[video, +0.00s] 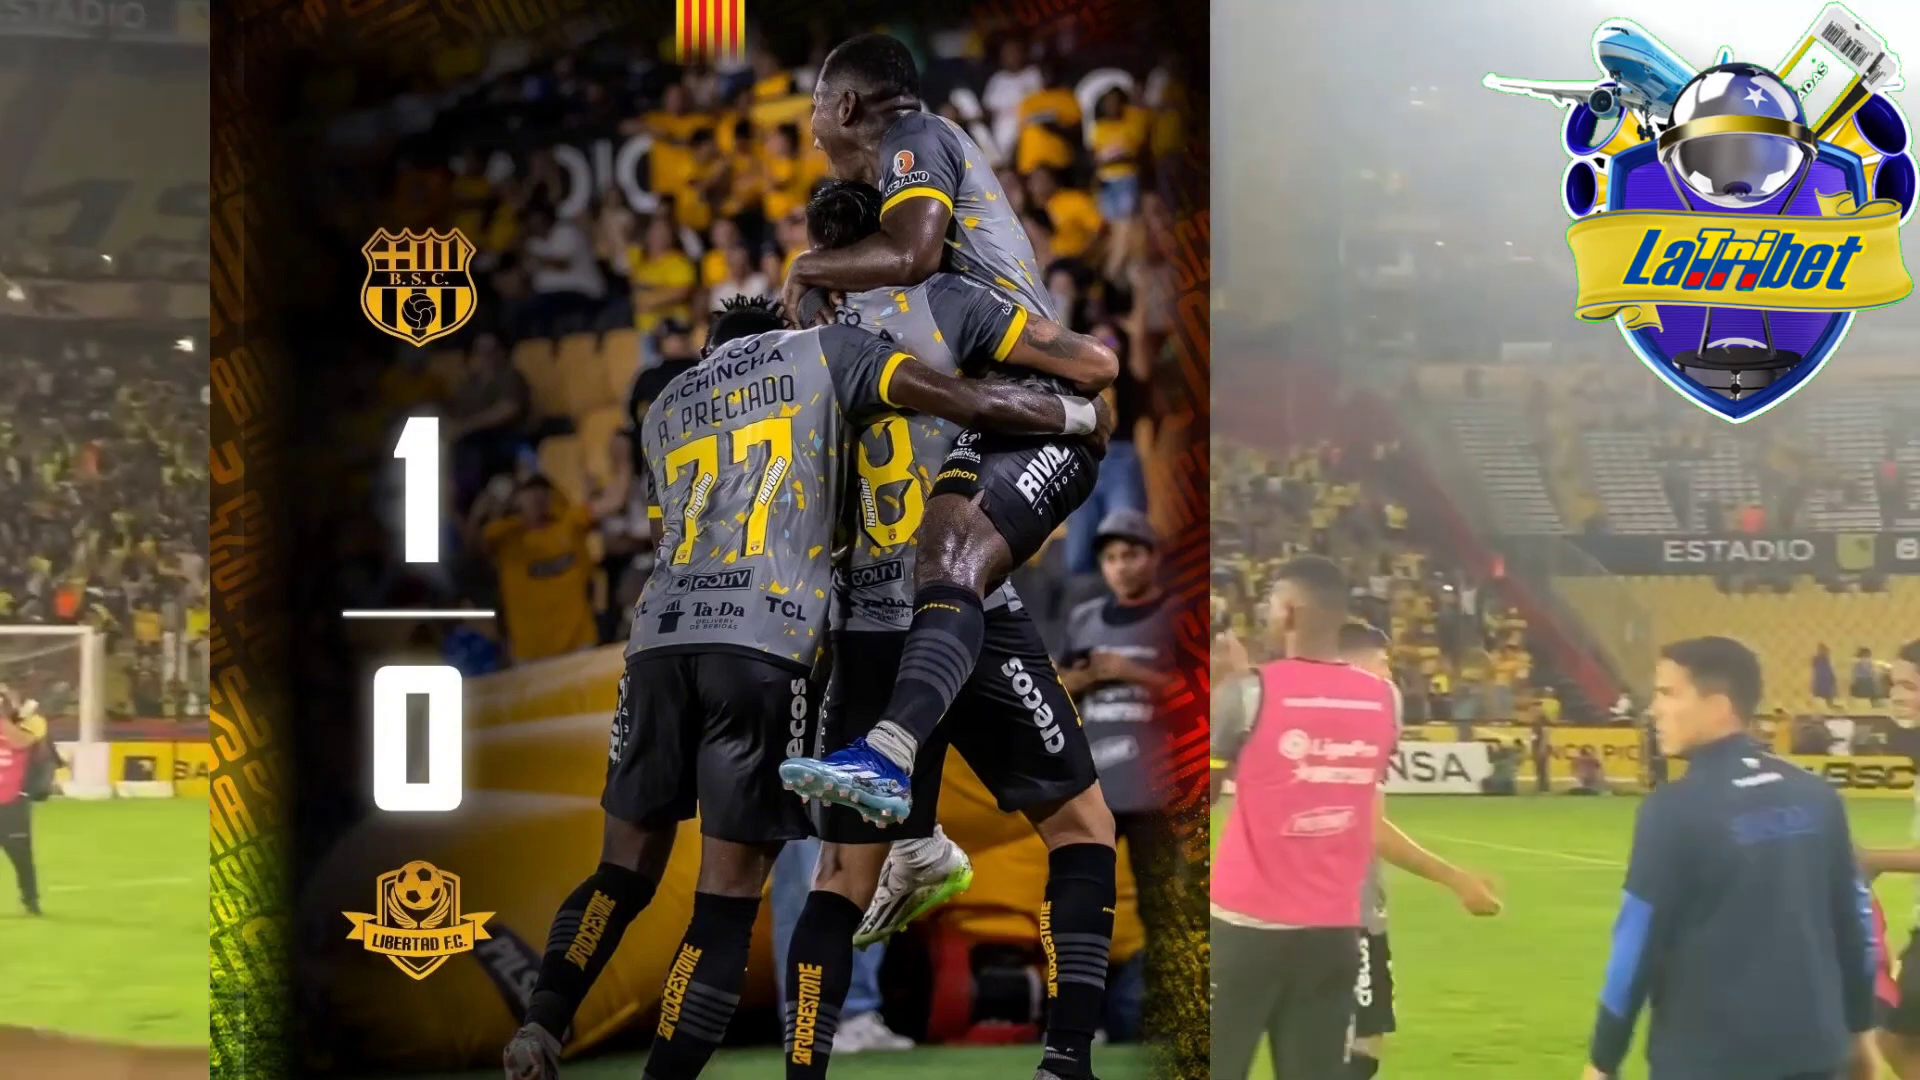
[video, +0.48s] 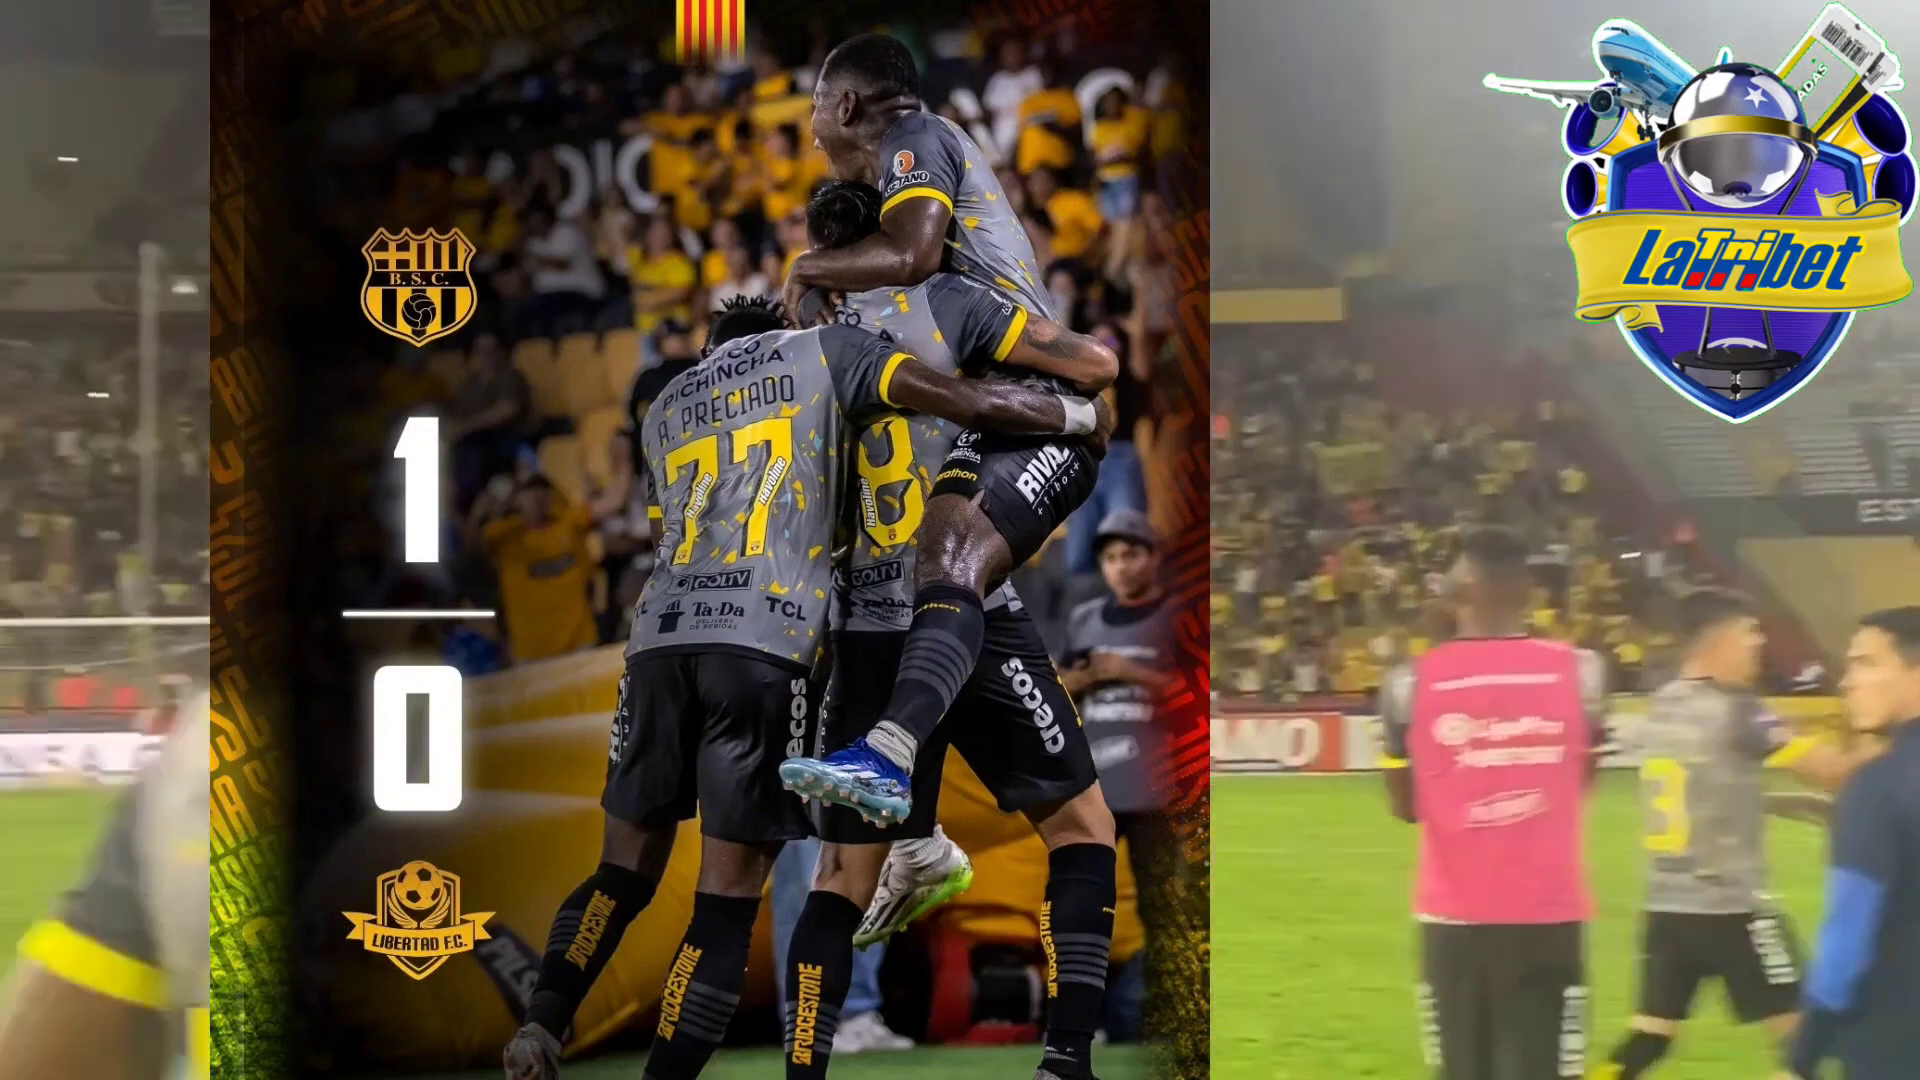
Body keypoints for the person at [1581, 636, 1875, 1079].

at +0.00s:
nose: (1653, 709)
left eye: (1668, 693)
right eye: (1657, 694)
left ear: (1720, 704)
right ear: (1722, 707)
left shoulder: (1674, 808)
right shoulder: (1819, 795)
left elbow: (1637, 944)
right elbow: (1855, 917)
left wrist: (1602, 1060)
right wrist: (1862, 1027)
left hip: (1708, 1056)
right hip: (1816, 1048)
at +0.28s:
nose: (1694, 693)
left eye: (1709, 676)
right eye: (1698, 677)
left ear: (1765, 690)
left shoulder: (1720, 797)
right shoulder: (1863, 788)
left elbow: (1680, 942)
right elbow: (1900, 923)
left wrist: (1636, 1063)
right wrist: (1911, 1034)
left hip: (1757, 1056)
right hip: (1862, 1047)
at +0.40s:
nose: (1762, 696)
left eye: (1780, 678)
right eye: (1767, 679)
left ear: (1837, 692)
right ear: (1840, 695)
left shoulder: (1795, 798)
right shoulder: (1907, 782)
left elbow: (1757, 941)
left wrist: (1712, 1062)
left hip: (1815, 1056)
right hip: (1904, 1051)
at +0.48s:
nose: (1846, 681)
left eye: (1865, 663)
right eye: (1850, 664)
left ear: (1914, 675)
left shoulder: (1883, 785)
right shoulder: (1889, 780)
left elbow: (1848, 946)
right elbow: (1849, 944)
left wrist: (1803, 1051)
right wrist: (1808, 1035)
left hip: (1891, 1053)